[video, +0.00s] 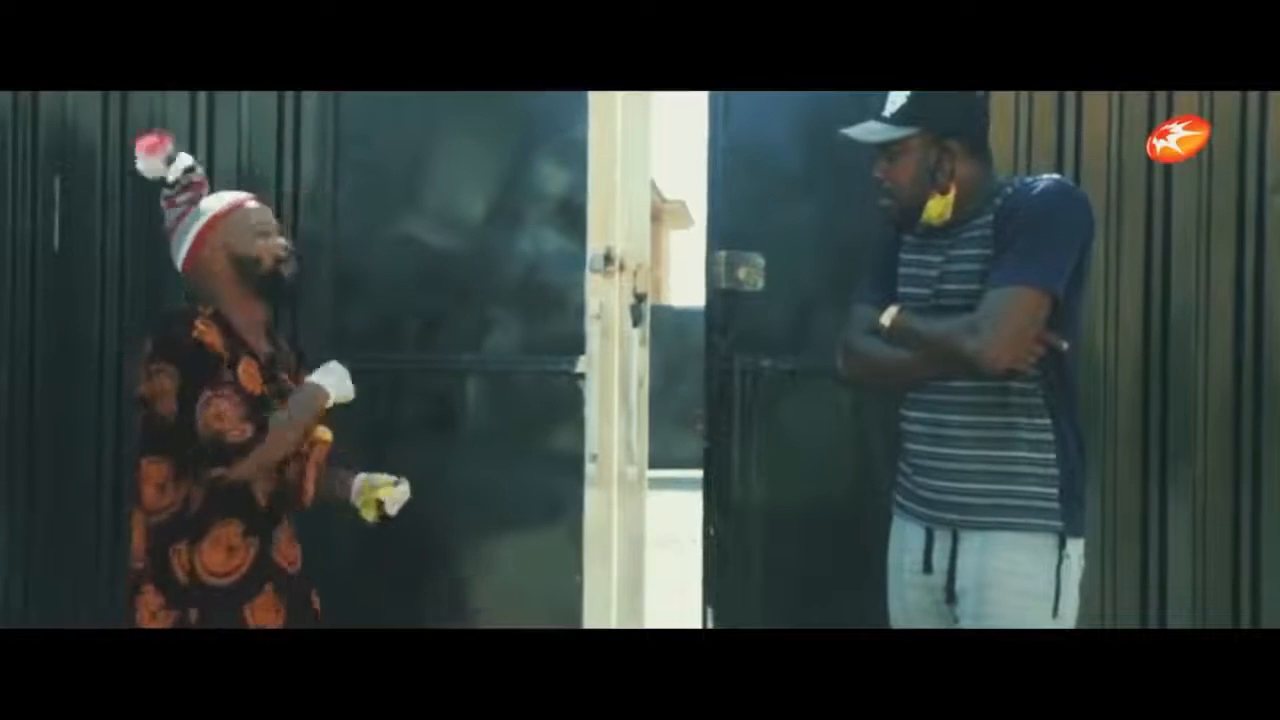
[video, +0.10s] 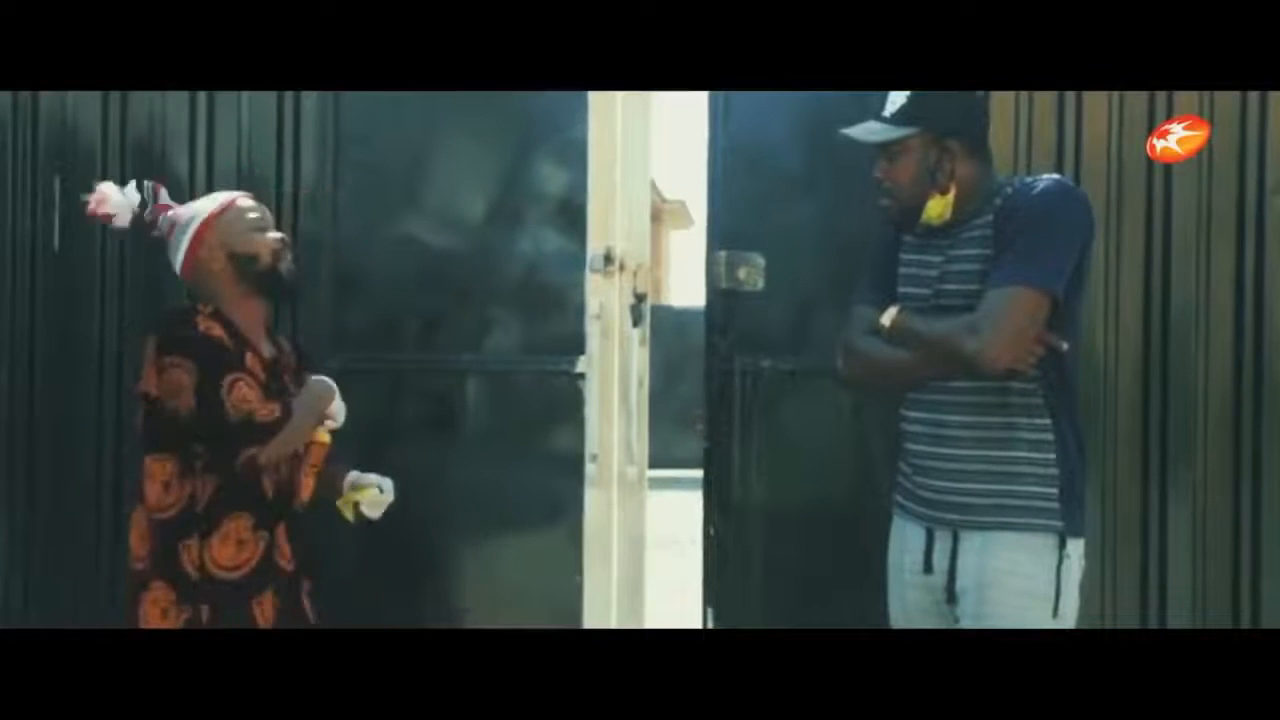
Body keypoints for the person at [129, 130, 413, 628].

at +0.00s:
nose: (282, 244)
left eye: (280, 231)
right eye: (262, 233)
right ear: (215, 253)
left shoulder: (279, 356)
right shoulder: (184, 344)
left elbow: (286, 463)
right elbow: (231, 472)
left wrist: (352, 487)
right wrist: (311, 400)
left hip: (273, 595)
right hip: (195, 599)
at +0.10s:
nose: (281, 237)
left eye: (275, 225)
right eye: (257, 224)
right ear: (212, 254)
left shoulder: (282, 356)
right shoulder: (184, 344)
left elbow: (286, 464)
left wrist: (342, 484)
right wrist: (299, 429)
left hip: (273, 590)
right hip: (196, 597)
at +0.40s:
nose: (281, 230)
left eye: (276, 221)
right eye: (257, 220)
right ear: (216, 249)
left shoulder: (286, 356)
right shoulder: (189, 342)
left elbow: (275, 493)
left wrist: (330, 469)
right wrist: (301, 424)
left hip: (271, 582)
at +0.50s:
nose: (295, 242)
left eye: (285, 224)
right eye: (271, 222)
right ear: (229, 254)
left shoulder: (283, 355)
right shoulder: (192, 347)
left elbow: (276, 465)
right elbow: (242, 453)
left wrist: (341, 466)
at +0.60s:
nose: (305, 270)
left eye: (305, 258)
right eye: (293, 255)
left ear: (244, 257)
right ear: (241, 254)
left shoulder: (264, 353)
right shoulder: (182, 350)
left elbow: (270, 450)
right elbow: (242, 455)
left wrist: (345, 450)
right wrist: (348, 382)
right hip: (202, 599)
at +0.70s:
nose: (298, 319)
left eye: (304, 303)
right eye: (296, 299)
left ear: (258, 276)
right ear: (256, 274)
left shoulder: (255, 351)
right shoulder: (179, 346)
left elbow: (283, 464)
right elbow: (249, 451)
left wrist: (355, 437)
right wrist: (343, 402)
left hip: (264, 607)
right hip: (192, 609)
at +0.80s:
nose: (299, 308)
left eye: (304, 293)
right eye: (296, 290)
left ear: (255, 273)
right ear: (253, 270)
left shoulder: (256, 352)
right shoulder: (177, 349)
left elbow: (266, 475)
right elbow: (237, 458)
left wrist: (344, 446)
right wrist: (329, 391)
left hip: (263, 602)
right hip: (190, 607)